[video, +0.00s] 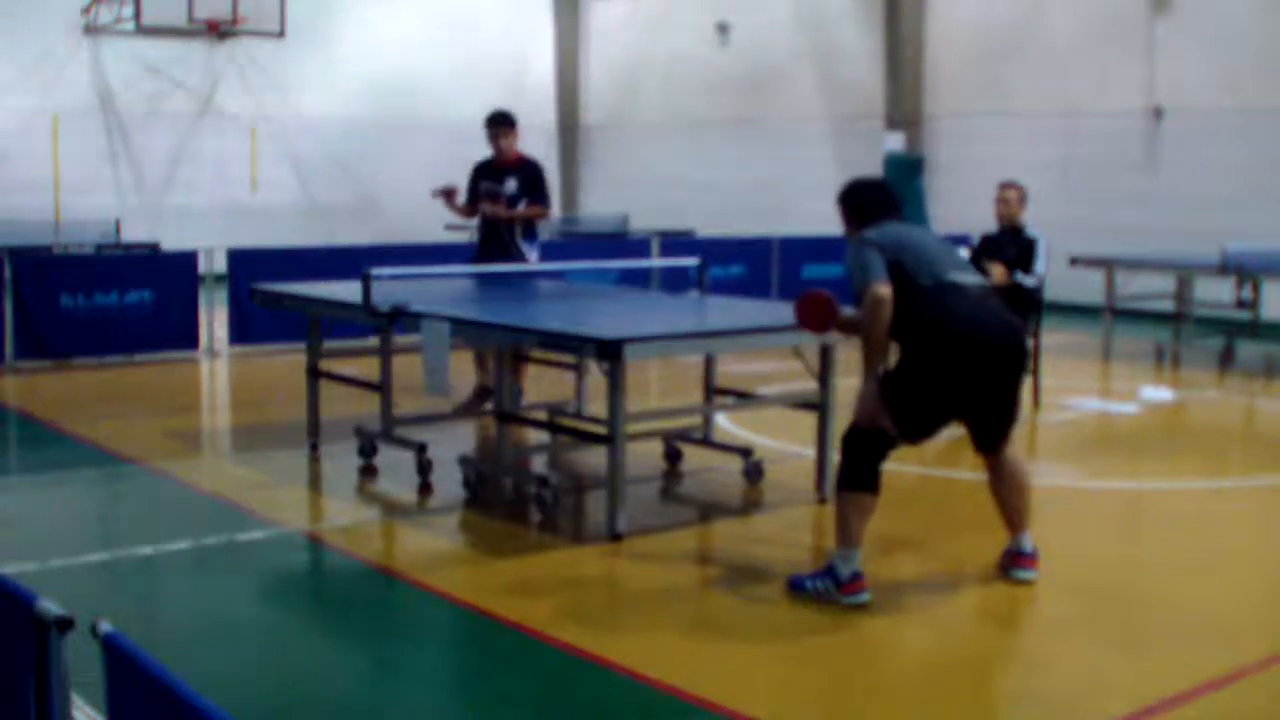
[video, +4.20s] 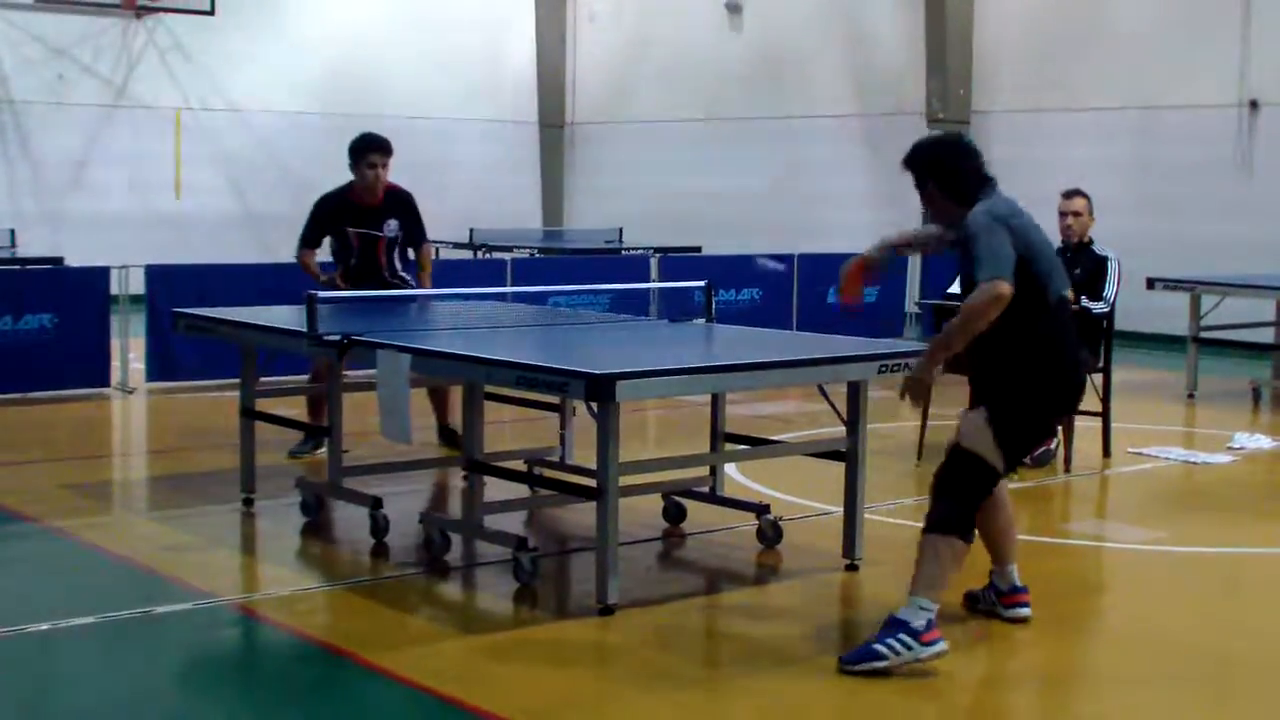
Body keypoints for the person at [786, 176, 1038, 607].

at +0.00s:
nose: (844, 228)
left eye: (844, 220)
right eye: (842, 220)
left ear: (853, 218)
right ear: (894, 209)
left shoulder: (866, 241)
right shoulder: (926, 238)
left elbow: (879, 297)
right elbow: (924, 321)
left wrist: (871, 379)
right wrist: (846, 322)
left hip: (941, 355)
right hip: (1003, 349)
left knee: (863, 444)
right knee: (996, 446)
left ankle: (845, 568)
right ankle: (1023, 547)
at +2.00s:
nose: (850, 208)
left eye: (849, 200)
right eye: (848, 200)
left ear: (857, 198)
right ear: (899, 189)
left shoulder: (870, 222)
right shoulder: (933, 218)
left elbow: (881, 280)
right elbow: (933, 279)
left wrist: (875, 361)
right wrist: (855, 285)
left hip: (937, 344)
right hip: (999, 339)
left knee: (859, 434)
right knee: (993, 431)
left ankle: (843, 557)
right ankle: (1021, 535)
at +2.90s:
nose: (860, 192)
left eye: (861, 185)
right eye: (862, 185)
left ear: (869, 184)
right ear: (914, 180)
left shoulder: (875, 216)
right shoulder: (944, 213)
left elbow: (877, 280)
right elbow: (987, 267)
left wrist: (875, 361)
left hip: (935, 339)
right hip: (996, 338)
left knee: (861, 435)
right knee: (994, 431)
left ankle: (843, 556)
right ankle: (1020, 535)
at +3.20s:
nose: (868, 201)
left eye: (868, 193)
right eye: (868, 193)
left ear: (877, 191)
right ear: (920, 185)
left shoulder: (886, 223)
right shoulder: (955, 220)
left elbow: (889, 287)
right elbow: (996, 279)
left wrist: (883, 370)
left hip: (942, 351)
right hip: (1001, 349)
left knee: (871, 447)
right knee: (996, 442)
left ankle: (844, 567)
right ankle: (1021, 547)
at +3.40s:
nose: (908, 196)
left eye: (910, 185)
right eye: (908, 185)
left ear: (923, 185)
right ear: (969, 177)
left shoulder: (937, 222)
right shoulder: (1011, 213)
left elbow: (951, 299)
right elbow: (1016, 300)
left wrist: (941, 393)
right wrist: (921, 310)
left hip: (1010, 361)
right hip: (1076, 357)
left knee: (927, 478)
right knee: (1061, 481)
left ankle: (889, 623)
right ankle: (1088, 607)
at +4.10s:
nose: (907, 220)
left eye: (905, 209)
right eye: (903, 209)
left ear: (920, 201)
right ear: (952, 185)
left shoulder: (952, 227)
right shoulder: (1002, 217)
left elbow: (947, 302)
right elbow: (1033, 300)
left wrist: (900, 388)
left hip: (1002, 379)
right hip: (1045, 377)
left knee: (920, 489)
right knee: (981, 473)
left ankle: (900, 628)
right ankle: (1009, 587)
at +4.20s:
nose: (921, 204)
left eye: (923, 192)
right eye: (919, 194)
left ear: (945, 187)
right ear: (965, 180)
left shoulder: (986, 220)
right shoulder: (990, 213)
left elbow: (996, 291)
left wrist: (932, 361)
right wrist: (878, 253)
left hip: (1041, 372)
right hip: (1037, 368)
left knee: (957, 476)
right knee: (978, 469)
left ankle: (917, 621)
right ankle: (1008, 587)